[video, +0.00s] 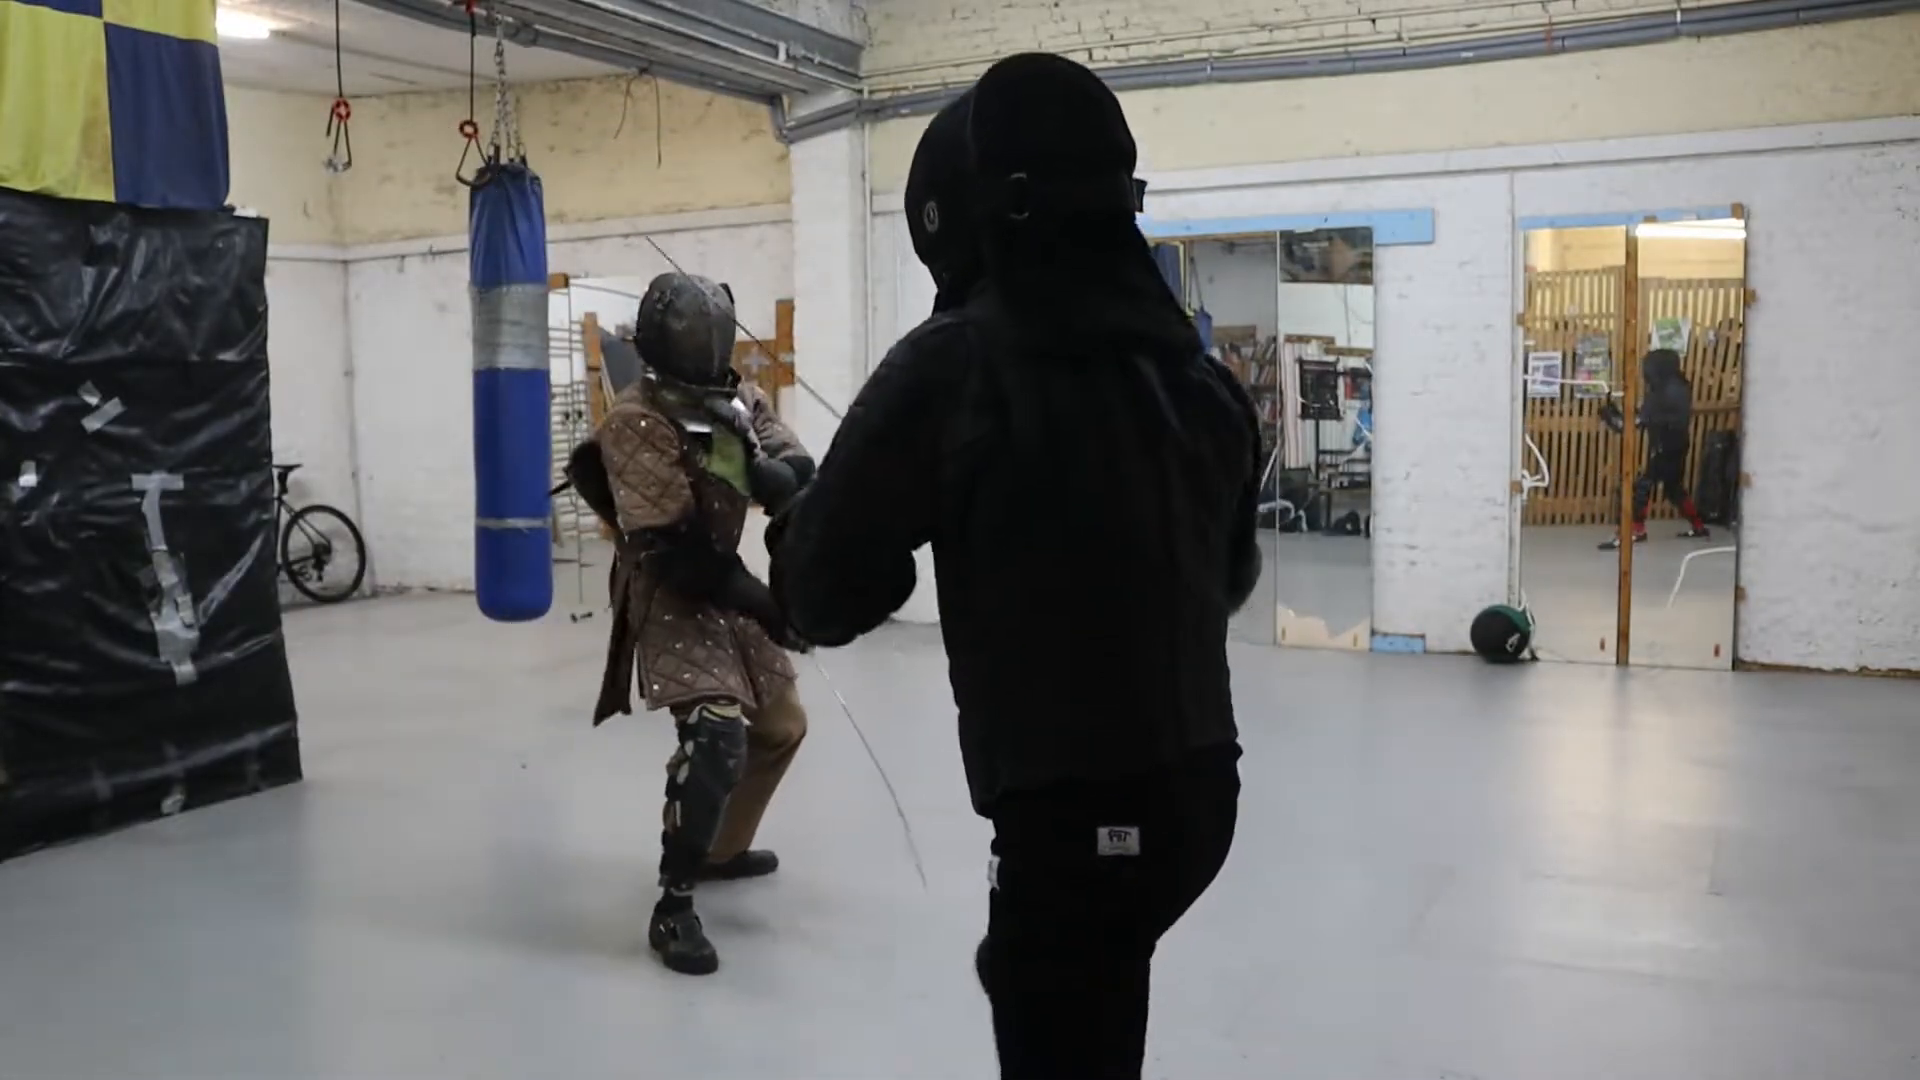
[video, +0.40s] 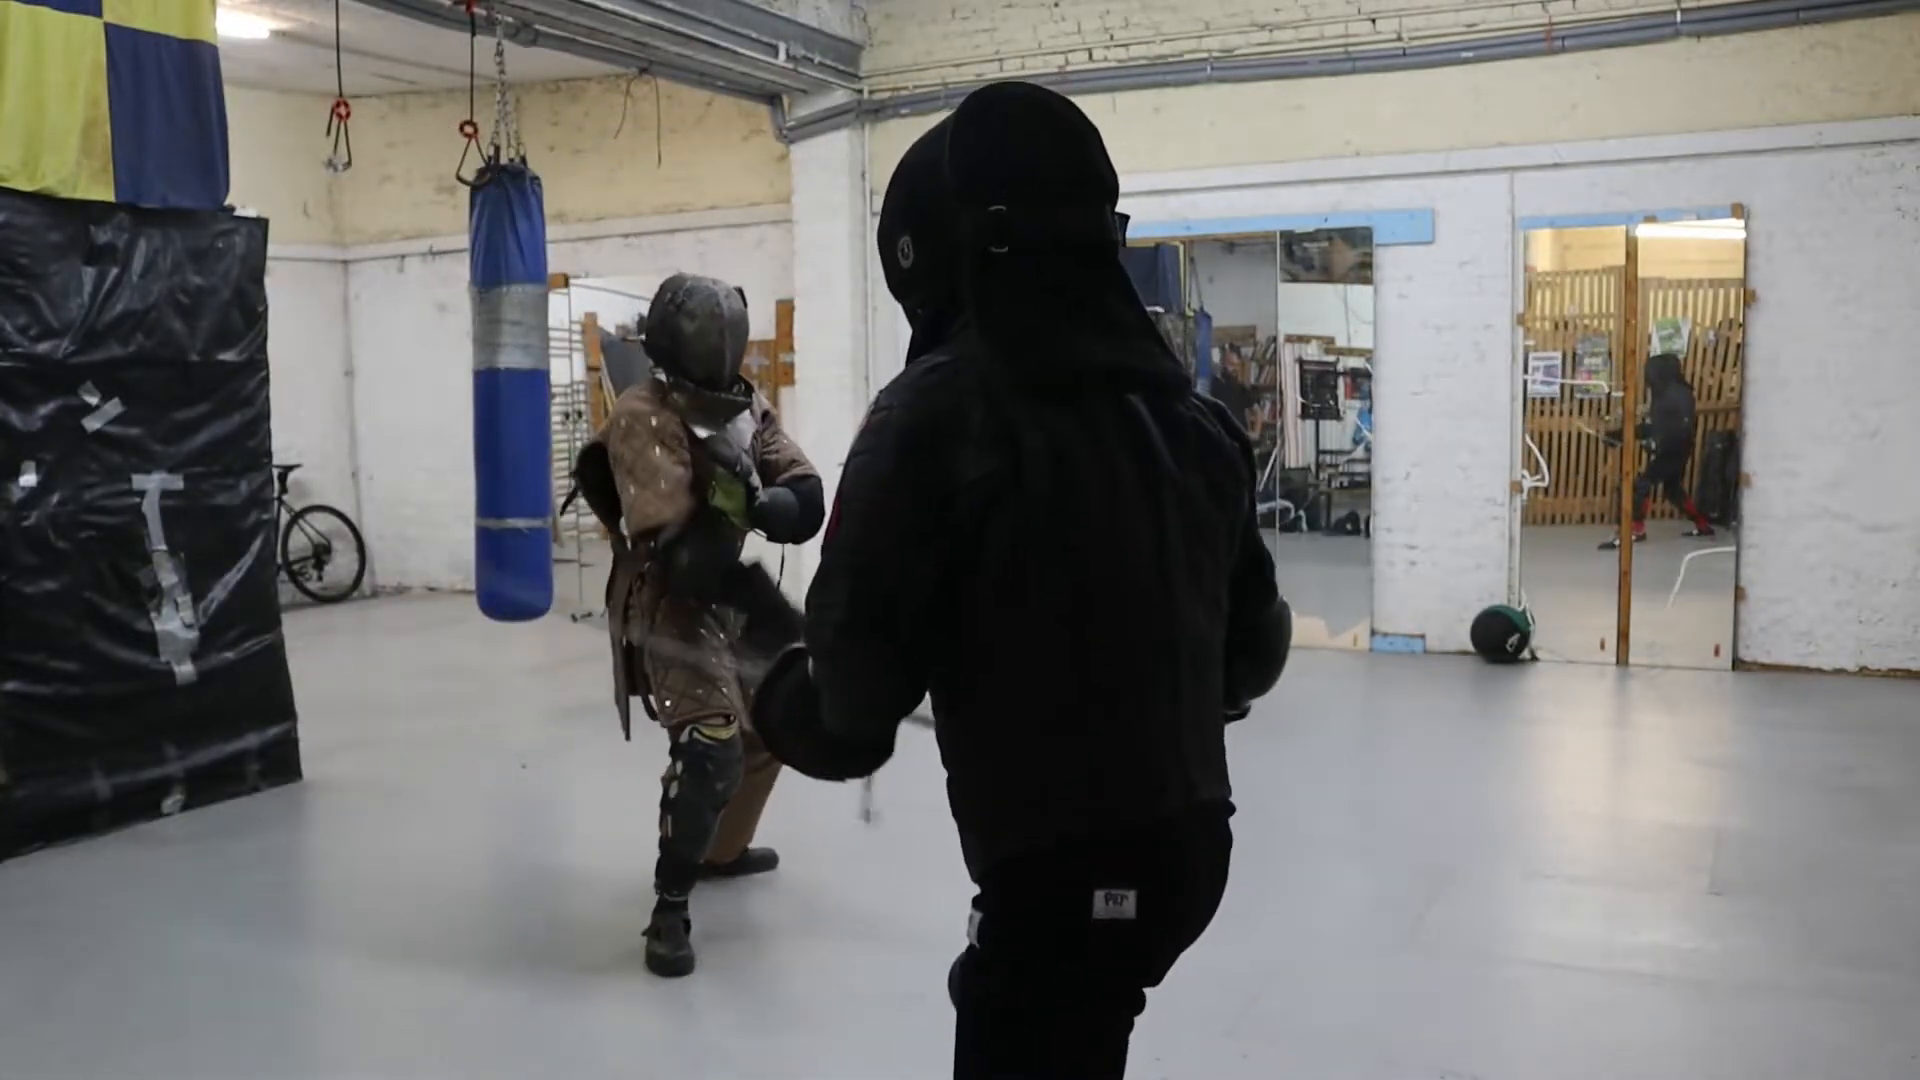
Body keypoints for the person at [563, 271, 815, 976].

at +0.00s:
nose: (707, 359)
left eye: (716, 344)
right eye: (692, 345)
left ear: (732, 342)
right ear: (662, 345)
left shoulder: (739, 402)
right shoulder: (637, 425)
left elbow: (792, 462)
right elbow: (672, 550)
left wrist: (775, 467)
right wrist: (771, 609)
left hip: (733, 592)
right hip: (669, 599)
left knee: (780, 726)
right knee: (718, 733)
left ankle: (721, 851)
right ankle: (675, 905)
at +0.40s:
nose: (718, 371)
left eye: (728, 354)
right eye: (702, 355)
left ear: (741, 349)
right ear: (668, 352)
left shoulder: (745, 408)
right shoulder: (641, 420)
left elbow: (805, 497)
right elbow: (679, 557)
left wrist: (761, 504)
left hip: (736, 594)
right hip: (664, 605)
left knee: (777, 716)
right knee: (715, 750)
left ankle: (722, 848)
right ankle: (671, 907)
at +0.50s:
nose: (716, 353)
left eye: (728, 336)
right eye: (701, 336)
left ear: (741, 325)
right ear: (668, 327)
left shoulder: (746, 388)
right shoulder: (634, 379)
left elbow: (804, 478)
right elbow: (665, 470)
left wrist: (768, 488)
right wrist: (745, 473)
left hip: (730, 578)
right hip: (664, 583)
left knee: (756, 726)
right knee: (717, 741)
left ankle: (715, 847)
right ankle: (670, 908)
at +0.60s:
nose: (715, 317)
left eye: (727, 300)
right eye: (697, 303)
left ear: (746, 303)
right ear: (665, 310)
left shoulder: (755, 388)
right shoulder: (648, 375)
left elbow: (812, 451)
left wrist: (781, 461)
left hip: (736, 574)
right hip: (667, 578)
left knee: (743, 741)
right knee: (746, 749)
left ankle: (683, 862)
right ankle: (667, 889)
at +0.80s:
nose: (761, 363)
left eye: (757, 347)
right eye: (748, 347)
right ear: (718, 360)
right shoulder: (682, 439)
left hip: (711, 623)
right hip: (697, 628)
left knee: (755, 765)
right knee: (773, 795)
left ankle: (679, 876)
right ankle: (682, 969)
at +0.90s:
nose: (759, 367)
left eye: (758, 353)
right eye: (751, 353)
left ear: (690, 353)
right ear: (722, 354)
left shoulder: (692, 421)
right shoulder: (679, 440)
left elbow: (609, 519)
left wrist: (639, 589)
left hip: (724, 619)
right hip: (691, 632)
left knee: (801, 750)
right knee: (778, 805)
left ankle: (702, 853)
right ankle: (682, 972)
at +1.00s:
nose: (784, 371)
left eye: (782, 356)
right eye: (771, 355)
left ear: (685, 353)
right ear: (737, 351)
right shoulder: (727, 430)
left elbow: (602, 516)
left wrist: (637, 585)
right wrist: (828, 579)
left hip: (721, 612)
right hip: (686, 624)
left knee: (813, 745)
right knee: (774, 785)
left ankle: (756, 876)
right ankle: (682, 969)